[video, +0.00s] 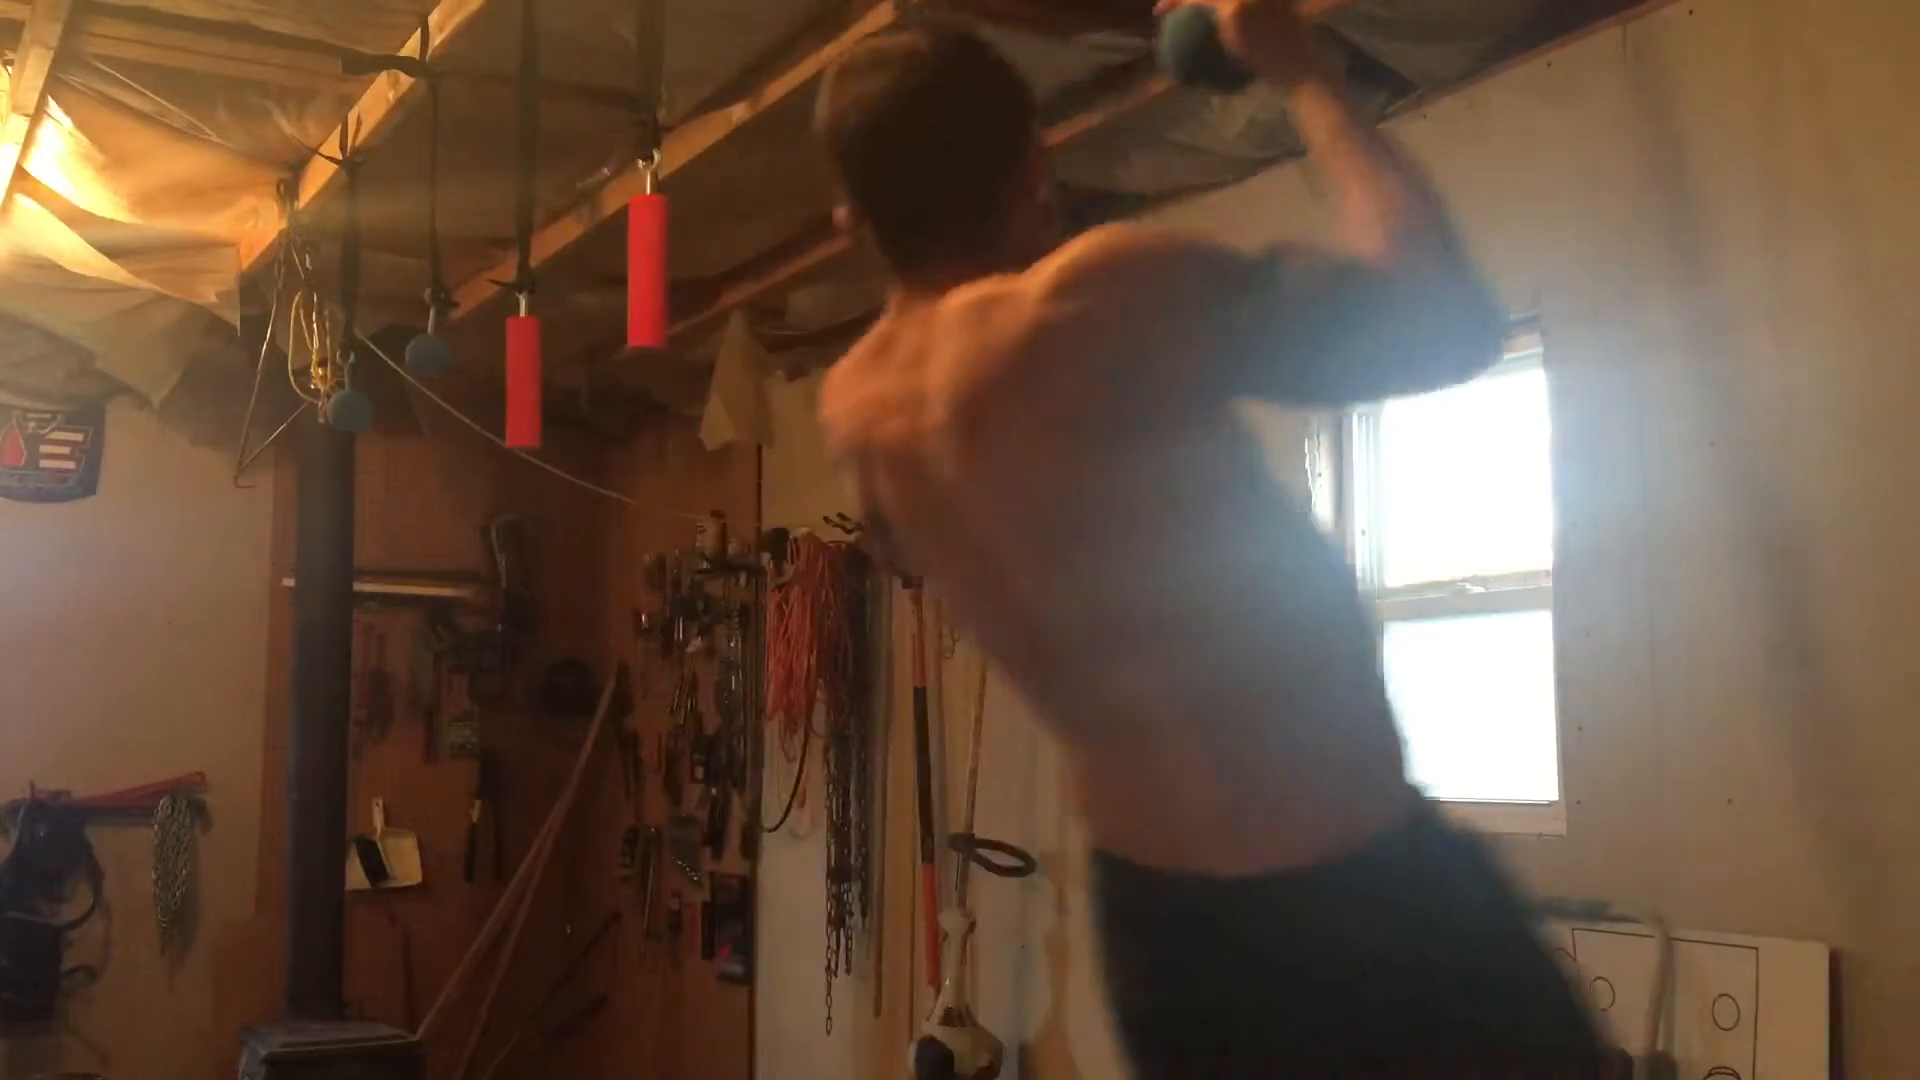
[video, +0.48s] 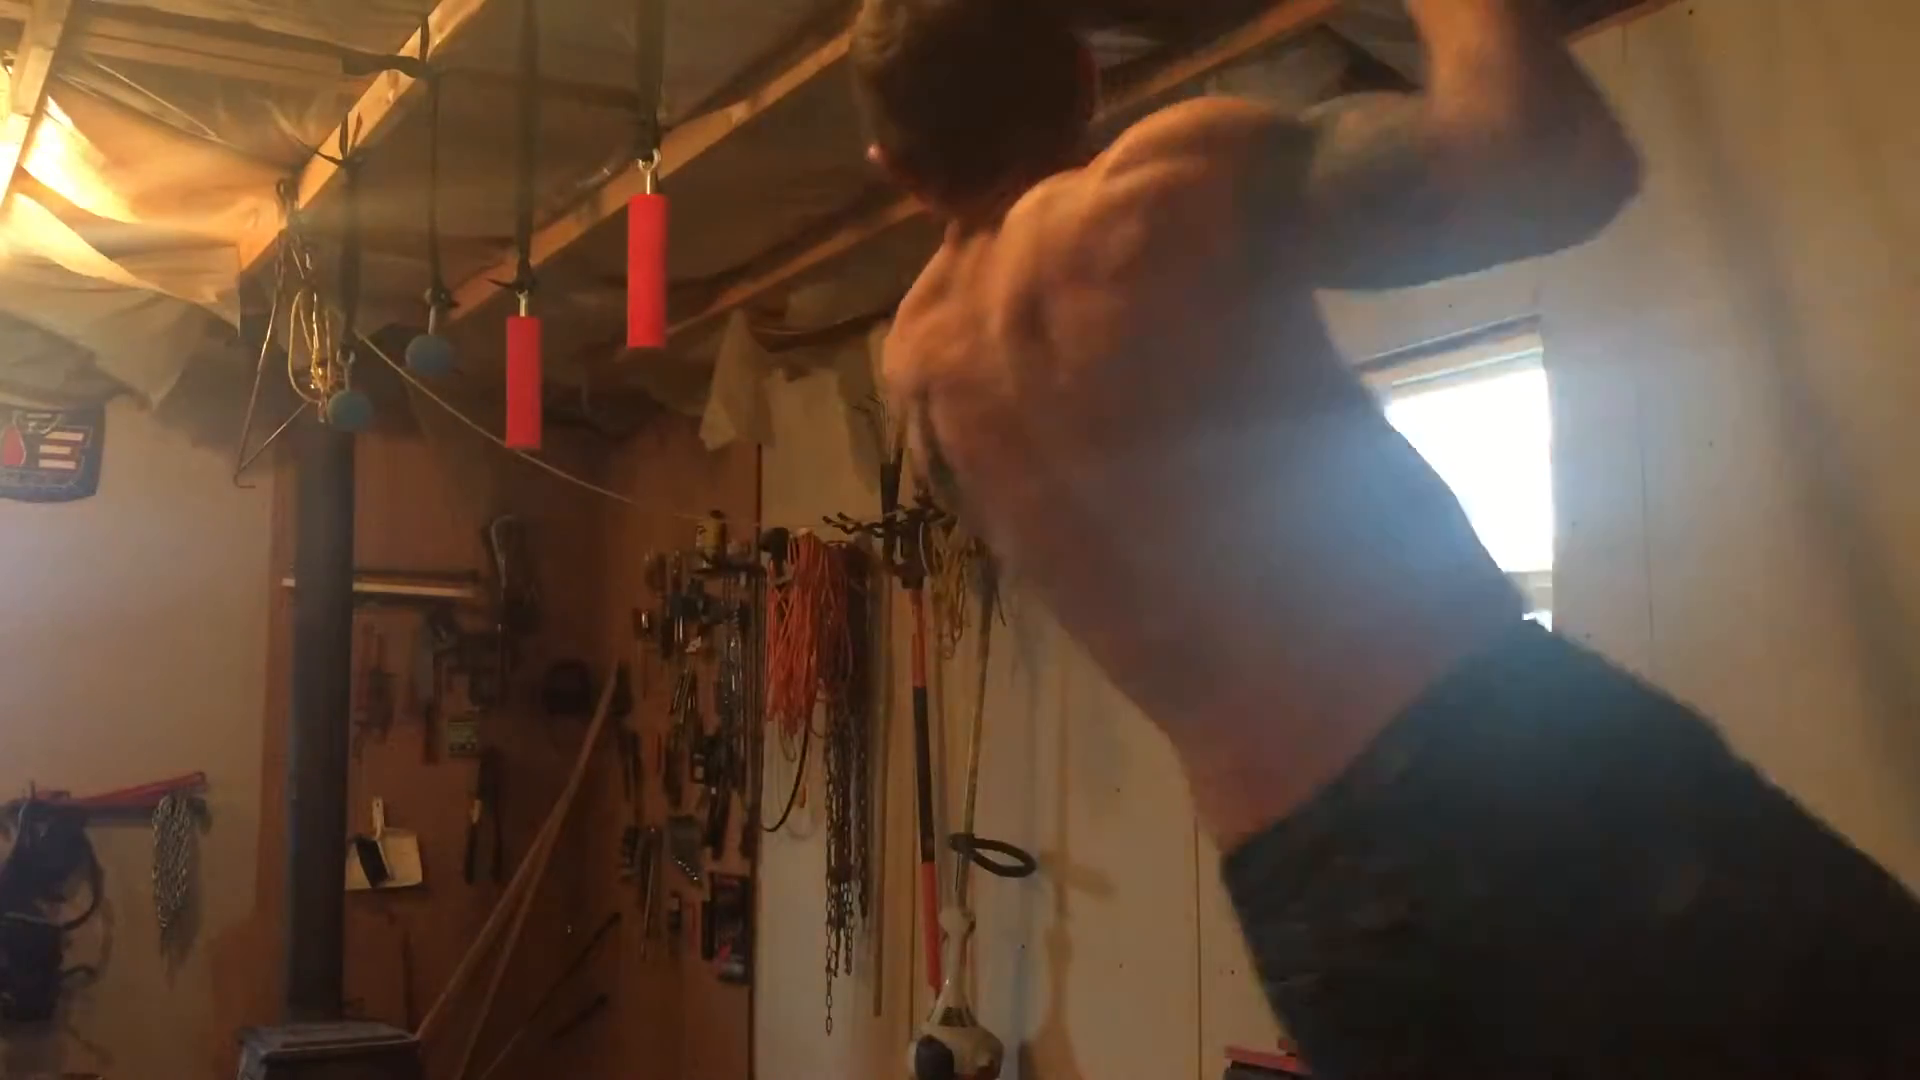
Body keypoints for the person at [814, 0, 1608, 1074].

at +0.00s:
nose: (1046, 166)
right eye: (1037, 144)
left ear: (853, 225)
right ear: (1031, 173)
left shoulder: (855, 407)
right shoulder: (1117, 294)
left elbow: (916, 561)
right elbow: (1445, 319)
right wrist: (1305, 79)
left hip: (1155, 929)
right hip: (1363, 903)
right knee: (1557, 1064)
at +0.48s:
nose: (1105, 79)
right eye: (1090, 58)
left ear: (903, 181)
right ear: (1081, 75)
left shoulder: (918, 356)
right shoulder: (1188, 174)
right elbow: (1560, 159)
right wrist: (1445, 1)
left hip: (1296, 894)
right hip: (1514, 771)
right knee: (1880, 1002)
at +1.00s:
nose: (897, 248)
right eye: (887, 228)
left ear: (718, 292)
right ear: (879, 256)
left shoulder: (716, 436)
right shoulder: (896, 366)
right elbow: (1177, 312)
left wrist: (908, 268)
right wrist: (1096, 56)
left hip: (856, 997)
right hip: (1047, 982)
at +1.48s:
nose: (657, 280)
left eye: (672, 262)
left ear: (692, 296)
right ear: (868, 315)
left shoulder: (611, 417)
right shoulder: (943, 465)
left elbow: (605, 373)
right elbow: (981, 351)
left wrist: (674, 269)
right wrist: (991, 201)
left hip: (584, 843)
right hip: (754, 870)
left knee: (365, 879)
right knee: (623, 907)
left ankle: (336, 1057)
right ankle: (627, 1058)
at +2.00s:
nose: (906, 446)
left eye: (921, 430)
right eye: (920, 427)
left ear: (954, 459)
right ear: (1015, 483)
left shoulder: (943, 558)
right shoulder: (980, 584)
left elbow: (711, 500)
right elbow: (817, 442)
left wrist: (779, 309)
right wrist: (720, 293)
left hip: (660, 837)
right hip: (702, 917)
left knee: (367, 725)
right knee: (409, 1033)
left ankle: (85, 737)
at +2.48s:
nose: (899, 390)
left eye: (918, 370)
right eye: (907, 370)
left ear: (970, 392)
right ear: (977, 398)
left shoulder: (1028, 491)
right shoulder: (918, 497)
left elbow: (821, 499)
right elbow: (719, 449)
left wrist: (823, 300)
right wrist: (675, 266)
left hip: (866, 899)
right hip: (819, 886)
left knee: (499, 1058)